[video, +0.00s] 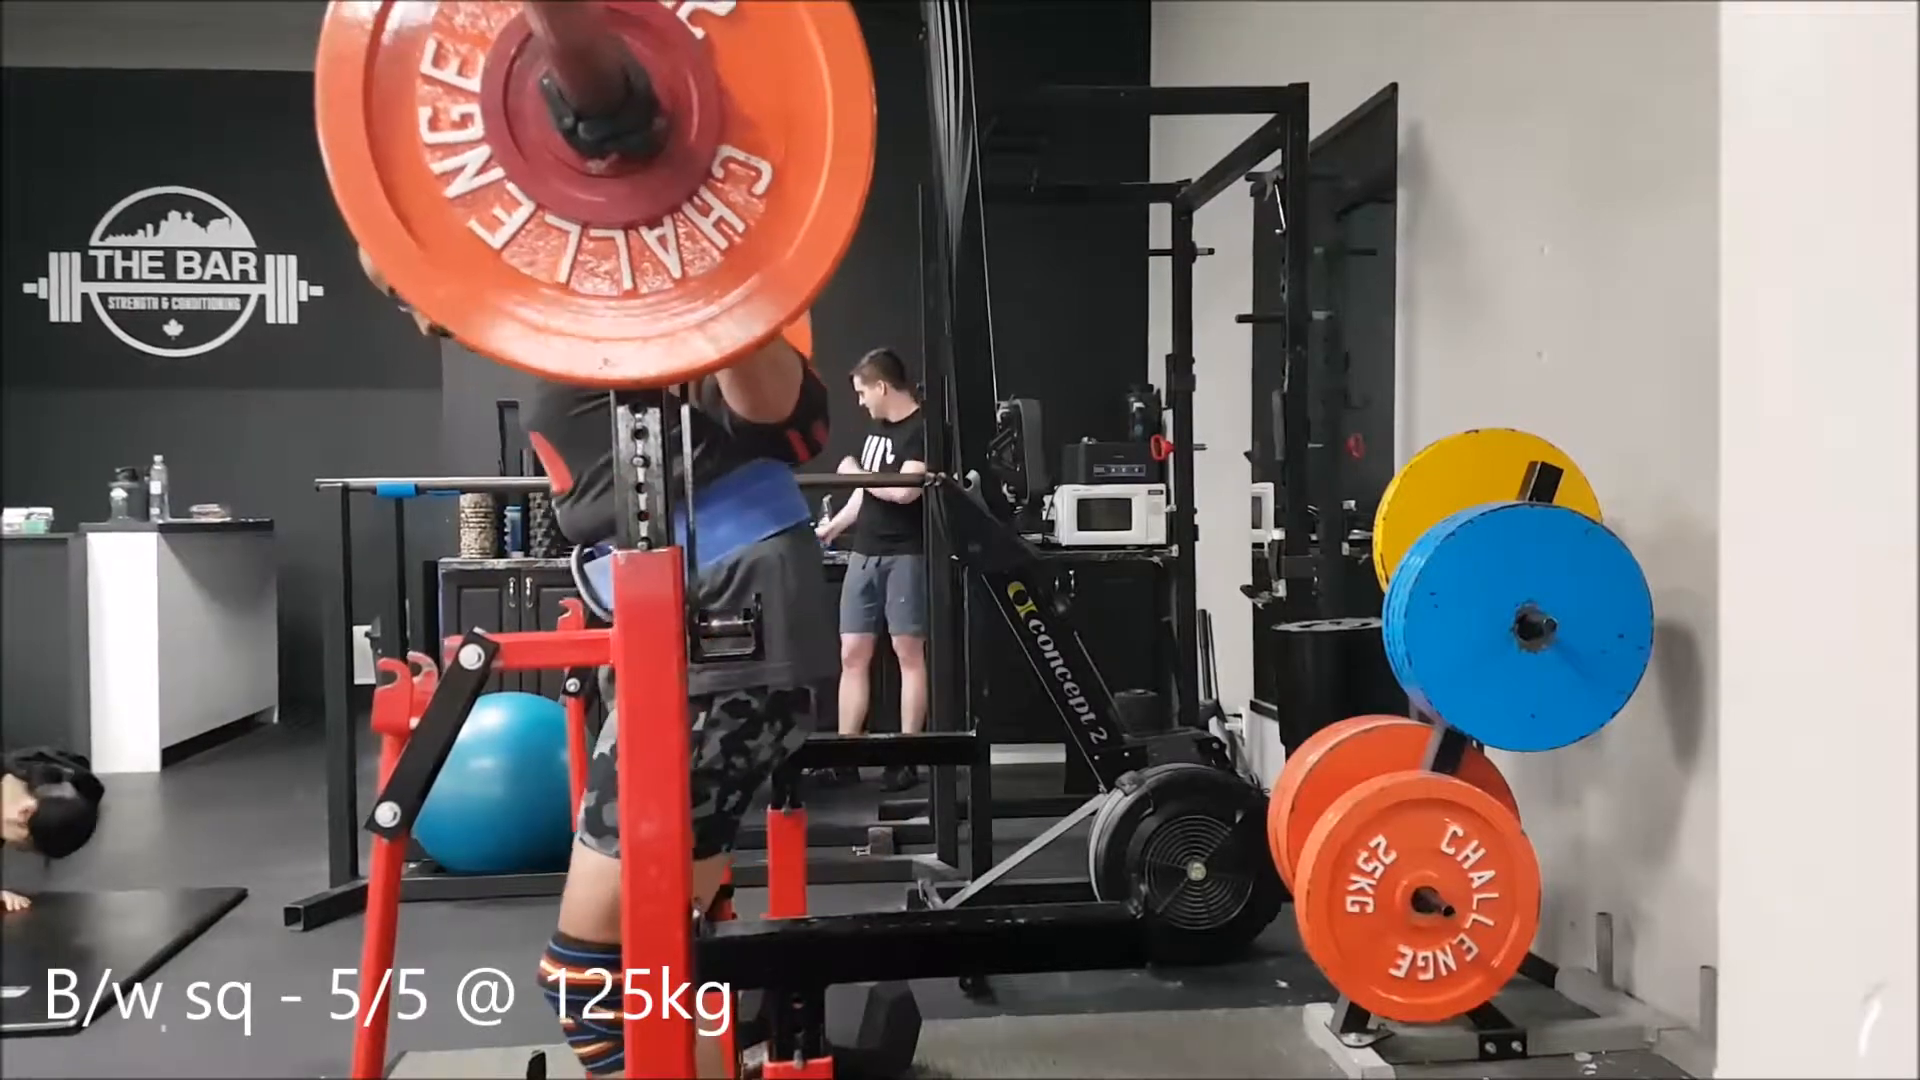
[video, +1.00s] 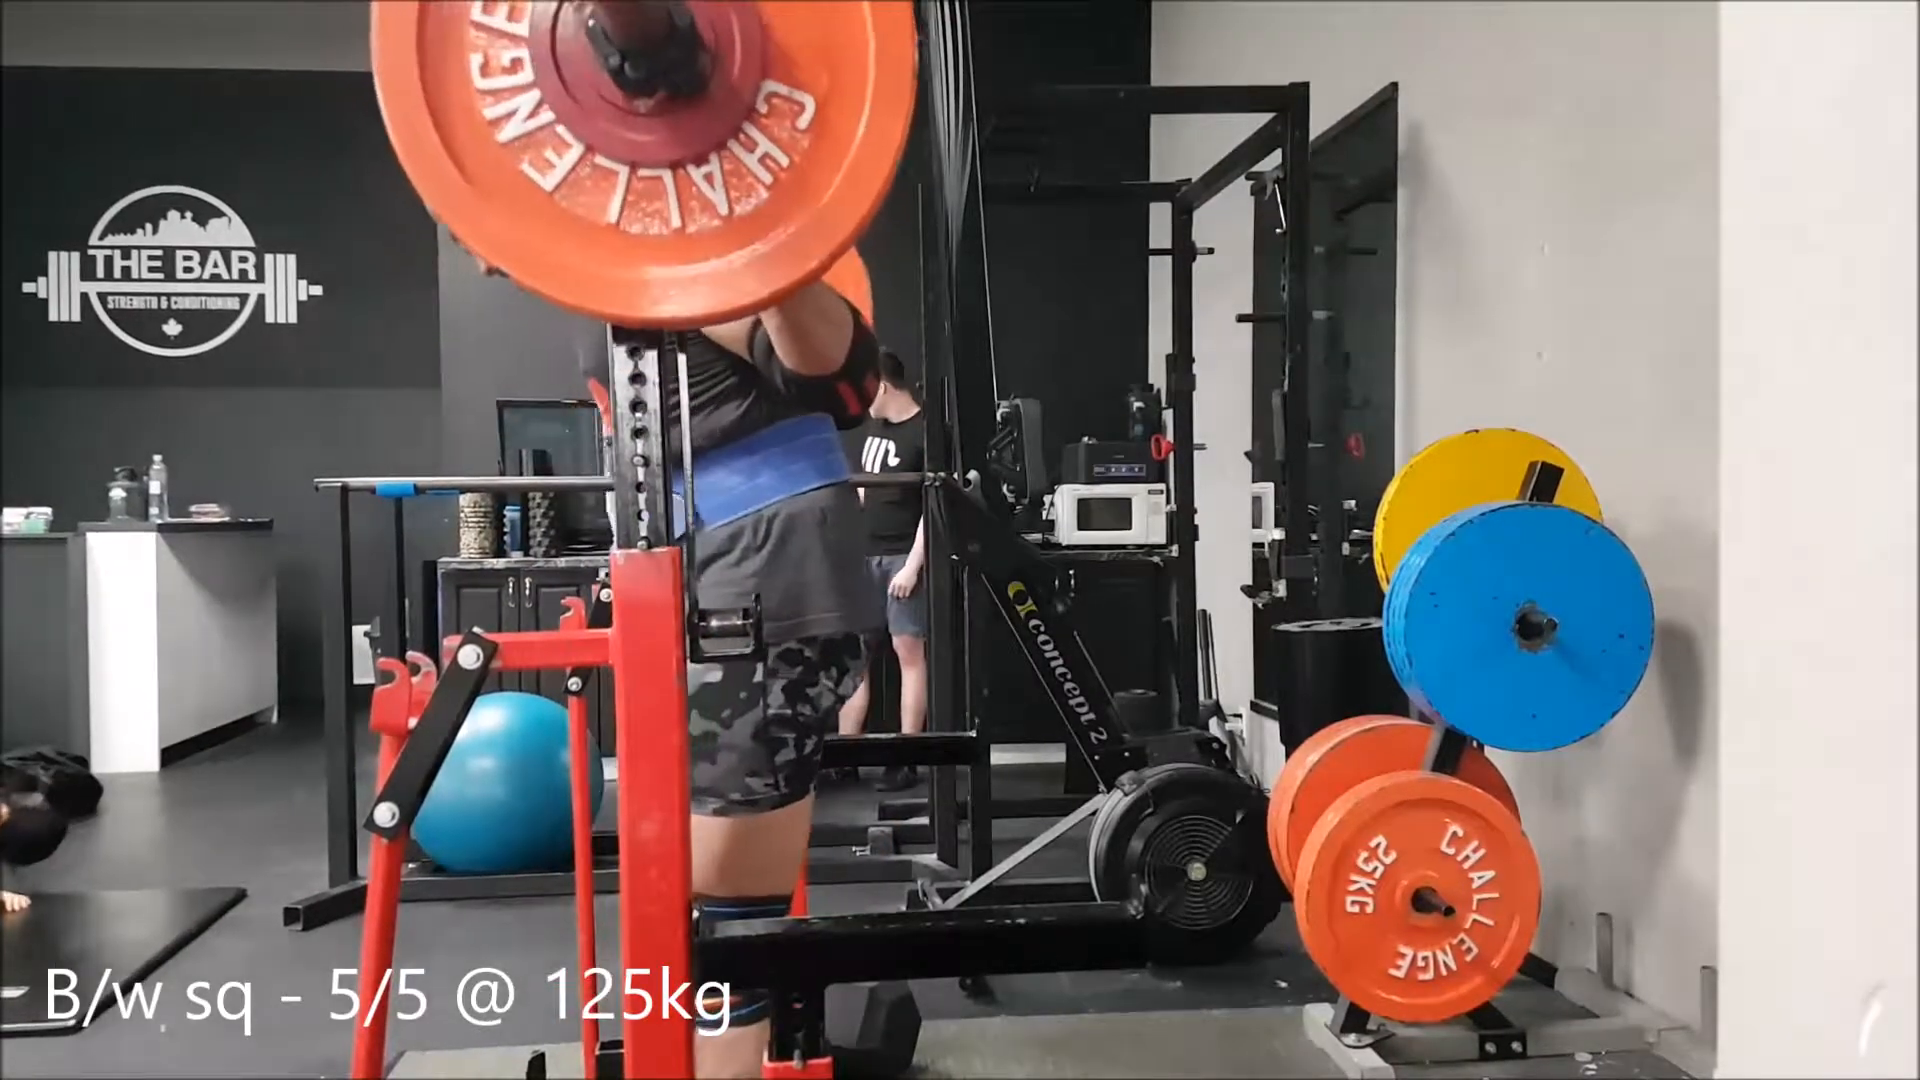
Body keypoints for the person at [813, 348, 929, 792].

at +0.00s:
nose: (861, 403)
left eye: (863, 394)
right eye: (859, 395)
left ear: (883, 387)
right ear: (881, 388)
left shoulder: (925, 427)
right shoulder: (876, 430)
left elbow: (908, 491)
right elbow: (864, 493)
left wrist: (857, 476)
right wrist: (834, 525)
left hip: (906, 554)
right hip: (864, 554)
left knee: (908, 651)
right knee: (853, 653)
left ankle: (908, 755)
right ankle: (845, 754)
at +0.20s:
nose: (857, 398)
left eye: (860, 387)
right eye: (856, 389)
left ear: (881, 382)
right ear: (879, 383)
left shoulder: (929, 428)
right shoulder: (874, 430)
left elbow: (925, 500)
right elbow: (862, 492)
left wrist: (869, 528)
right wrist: (832, 528)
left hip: (906, 554)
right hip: (863, 553)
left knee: (907, 651)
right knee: (858, 650)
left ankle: (907, 756)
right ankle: (843, 754)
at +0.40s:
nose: (857, 398)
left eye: (860, 388)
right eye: (856, 389)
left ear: (880, 382)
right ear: (879, 383)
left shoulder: (926, 428)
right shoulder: (873, 430)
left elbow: (930, 501)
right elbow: (862, 490)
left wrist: (911, 565)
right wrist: (830, 527)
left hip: (900, 558)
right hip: (859, 555)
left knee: (907, 654)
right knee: (855, 651)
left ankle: (907, 755)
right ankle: (845, 752)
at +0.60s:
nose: (859, 398)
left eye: (862, 388)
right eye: (858, 389)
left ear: (881, 383)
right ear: (881, 384)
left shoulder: (927, 429)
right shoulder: (873, 429)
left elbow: (938, 504)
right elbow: (863, 485)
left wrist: (922, 564)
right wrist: (835, 522)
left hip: (902, 558)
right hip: (861, 555)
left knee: (908, 654)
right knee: (854, 652)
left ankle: (908, 756)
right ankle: (844, 754)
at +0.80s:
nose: (861, 399)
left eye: (864, 389)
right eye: (861, 390)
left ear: (883, 384)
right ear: (882, 384)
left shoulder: (928, 430)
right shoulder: (874, 427)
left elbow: (937, 505)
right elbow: (863, 485)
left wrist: (919, 565)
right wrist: (838, 524)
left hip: (904, 559)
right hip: (863, 555)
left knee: (909, 655)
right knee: (854, 652)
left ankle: (908, 756)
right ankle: (844, 754)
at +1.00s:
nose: (862, 398)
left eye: (865, 389)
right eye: (860, 390)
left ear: (883, 382)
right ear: (876, 385)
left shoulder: (927, 429)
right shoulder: (870, 427)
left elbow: (936, 503)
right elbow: (863, 492)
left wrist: (914, 563)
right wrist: (839, 538)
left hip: (904, 557)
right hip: (862, 555)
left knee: (908, 654)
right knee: (856, 656)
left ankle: (909, 754)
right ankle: (842, 752)